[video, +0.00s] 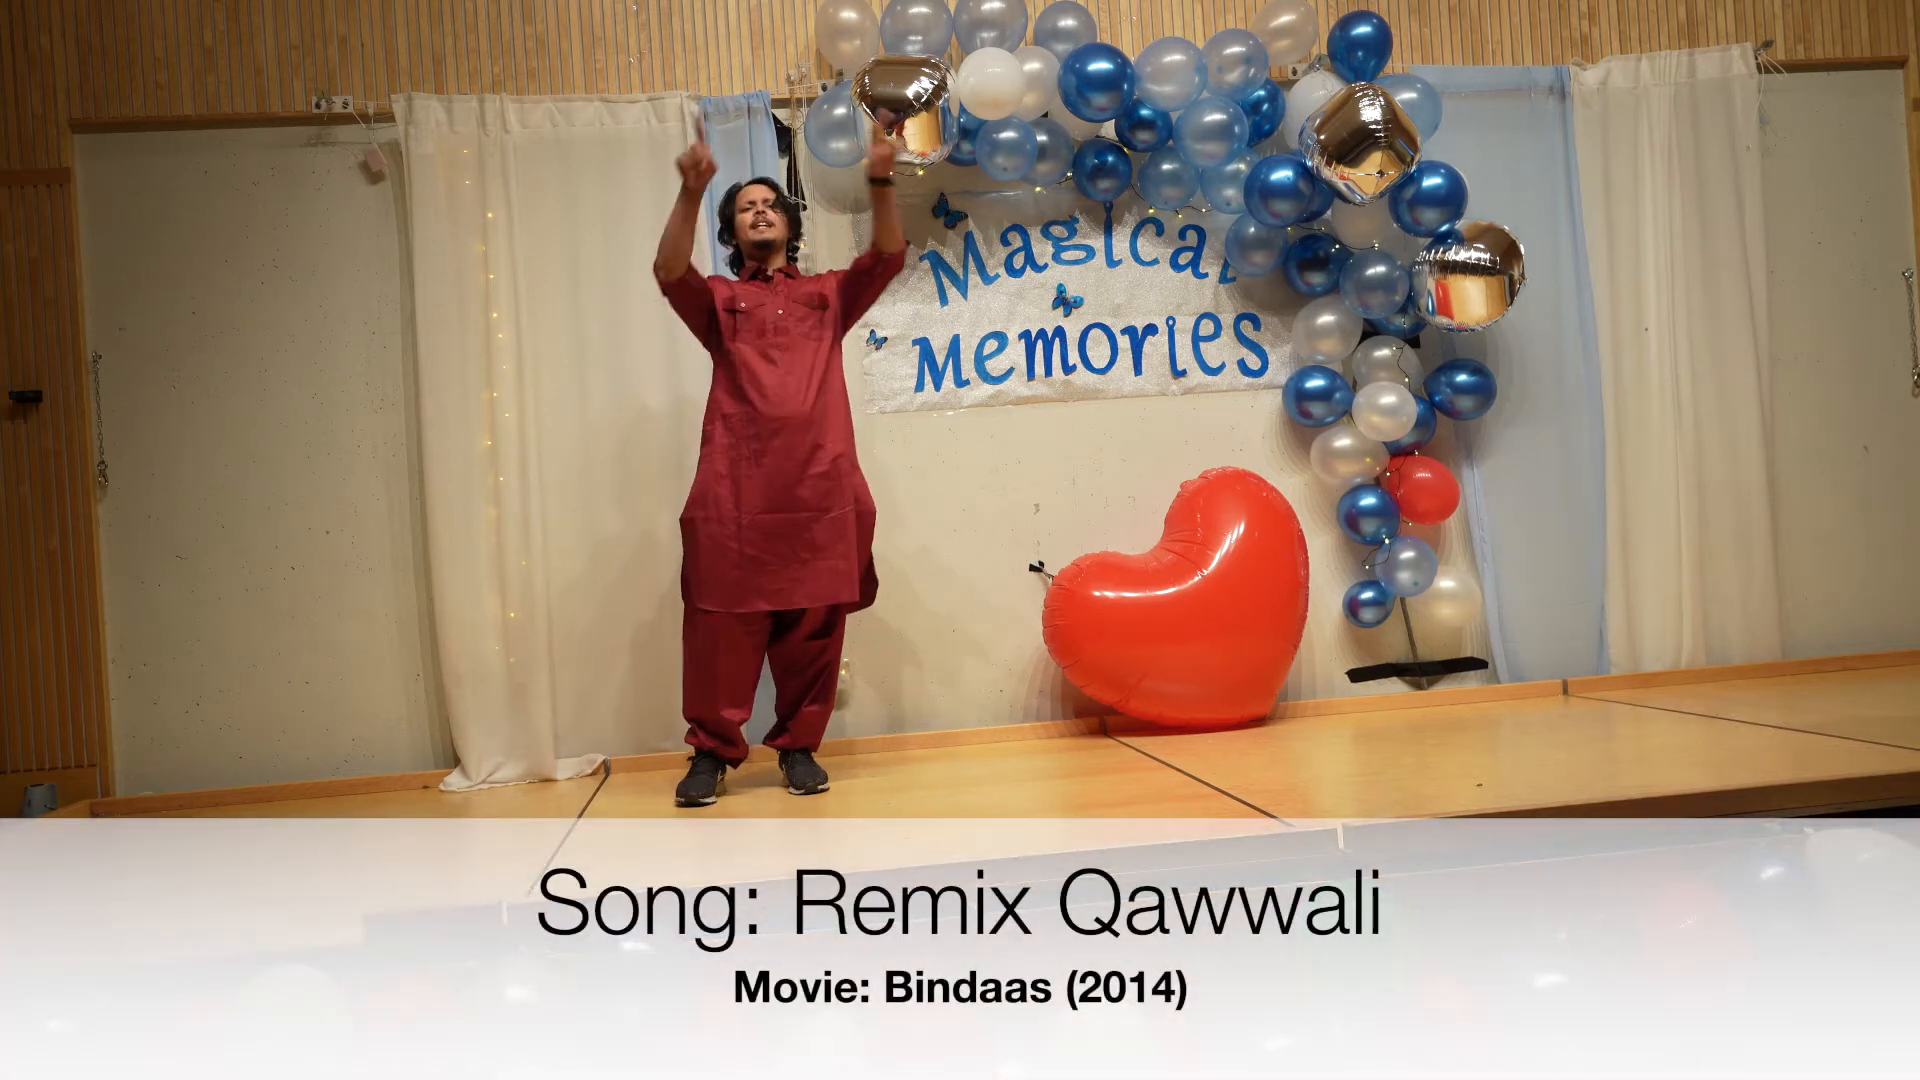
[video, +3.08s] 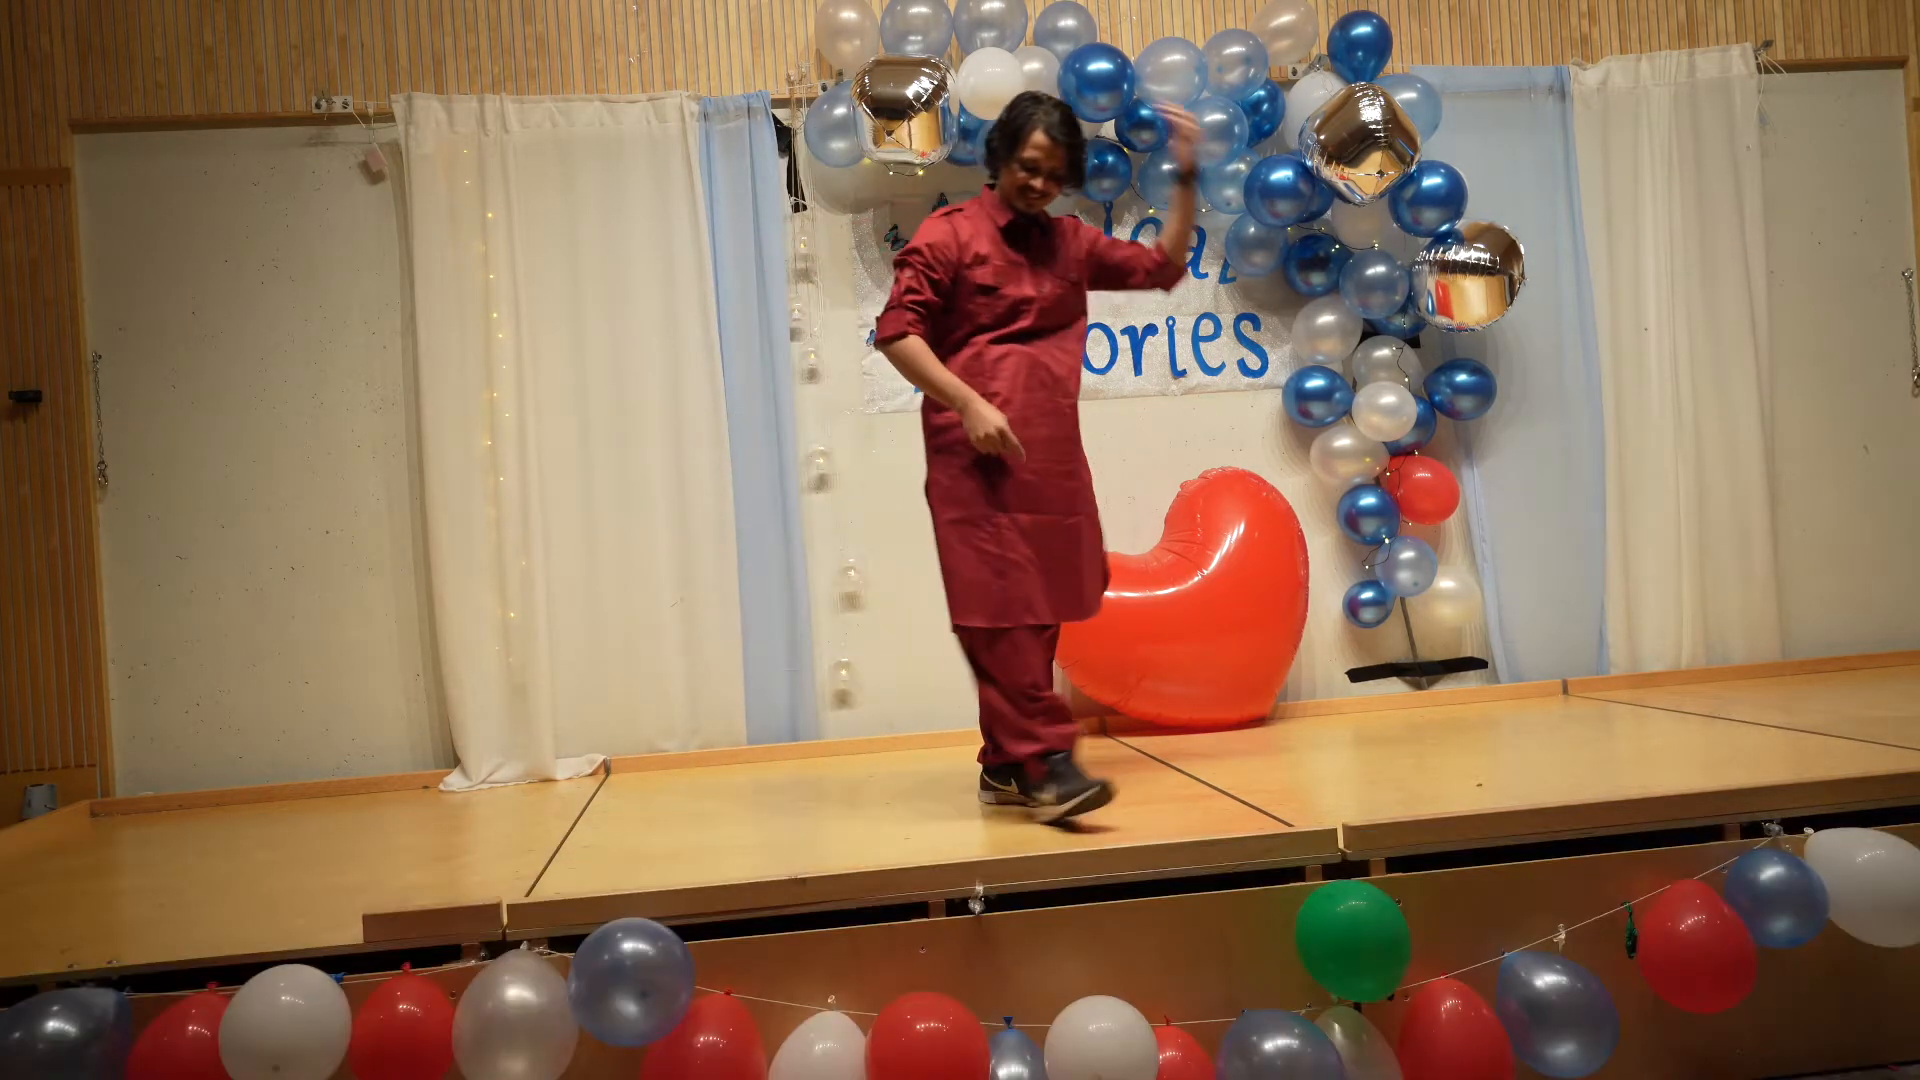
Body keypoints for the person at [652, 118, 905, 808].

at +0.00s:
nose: (759, 214)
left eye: (769, 205)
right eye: (746, 208)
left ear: (793, 224)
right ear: (732, 234)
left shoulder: (829, 292)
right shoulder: (721, 299)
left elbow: (887, 257)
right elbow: (671, 270)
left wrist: (882, 183)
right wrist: (692, 193)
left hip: (817, 484)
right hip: (734, 486)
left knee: (813, 629)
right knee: (719, 627)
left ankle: (800, 749)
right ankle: (710, 753)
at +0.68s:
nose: (766, 228)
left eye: (775, 218)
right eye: (753, 220)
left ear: (792, 229)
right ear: (732, 234)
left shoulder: (825, 296)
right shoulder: (714, 301)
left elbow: (881, 339)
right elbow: (691, 348)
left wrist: (881, 319)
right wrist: (742, 313)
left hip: (829, 471)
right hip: (750, 473)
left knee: (829, 603)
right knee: (771, 597)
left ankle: (809, 744)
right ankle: (800, 731)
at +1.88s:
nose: (817, 179)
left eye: (831, 170)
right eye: (804, 166)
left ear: (847, 185)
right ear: (780, 176)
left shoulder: (863, 254)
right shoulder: (742, 257)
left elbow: (915, 283)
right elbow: (696, 343)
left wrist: (906, 210)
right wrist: (766, 369)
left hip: (864, 459)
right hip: (778, 467)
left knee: (880, 605)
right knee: (789, 616)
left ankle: (865, 741)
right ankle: (818, 764)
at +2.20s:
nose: (852, 197)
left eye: (868, 187)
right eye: (841, 181)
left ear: (887, 191)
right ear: (818, 178)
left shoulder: (906, 255)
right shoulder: (777, 255)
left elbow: (983, 286)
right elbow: (720, 343)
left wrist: (1014, 228)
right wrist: (783, 392)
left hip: (900, 463)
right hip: (810, 470)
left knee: (948, 605)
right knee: (809, 622)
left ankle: (996, 750)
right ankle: (822, 768)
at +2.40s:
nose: (907, 202)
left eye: (921, 192)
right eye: (896, 188)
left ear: (940, 193)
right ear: (874, 183)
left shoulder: (957, 258)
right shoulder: (829, 255)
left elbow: (1025, 329)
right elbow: (769, 346)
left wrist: (1084, 323)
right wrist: (825, 410)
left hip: (942, 464)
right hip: (852, 466)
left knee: (973, 611)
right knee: (834, 618)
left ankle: (1005, 760)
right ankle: (825, 768)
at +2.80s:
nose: (1004, 189)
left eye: (1019, 178)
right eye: (992, 174)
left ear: (1034, 177)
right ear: (965, 166)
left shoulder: (1039, 243)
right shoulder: (919, 237)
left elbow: (1100, 301)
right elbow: (874, 334)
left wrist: (1095, 225)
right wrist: (951, 393)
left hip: (1023, 453)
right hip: (938, 452)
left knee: (1018, 601)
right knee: (928, 601)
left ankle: (1010, 760)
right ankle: (905, 747)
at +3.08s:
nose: (1040, 185)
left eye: (1055, 175)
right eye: (1029, 168)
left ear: (1069, 176)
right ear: (999, 159)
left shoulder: (1071, 241)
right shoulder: (949, 235)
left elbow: (1164, 266)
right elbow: (894, 330)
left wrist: (1184, 176)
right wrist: (967, 402)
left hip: (1050, 450)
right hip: (973, 451)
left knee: (1039, 595)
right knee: (997, 599)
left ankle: (1006, 760)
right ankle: (1044, 761)